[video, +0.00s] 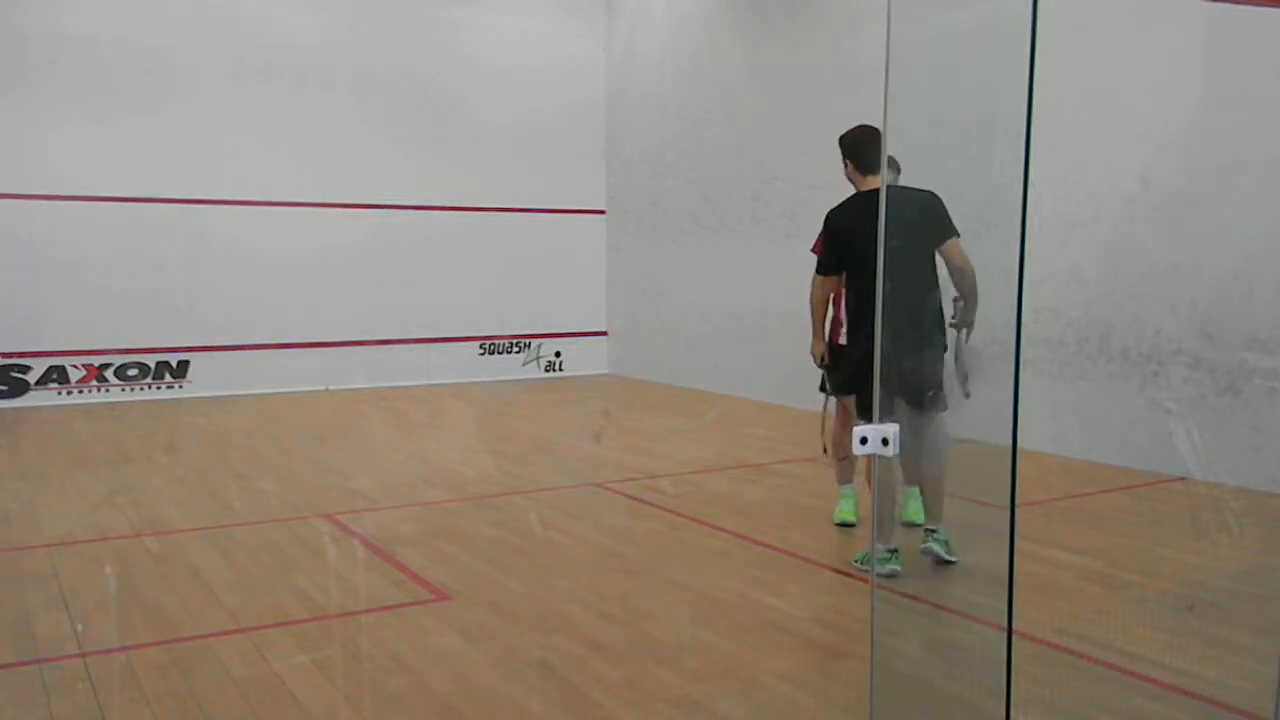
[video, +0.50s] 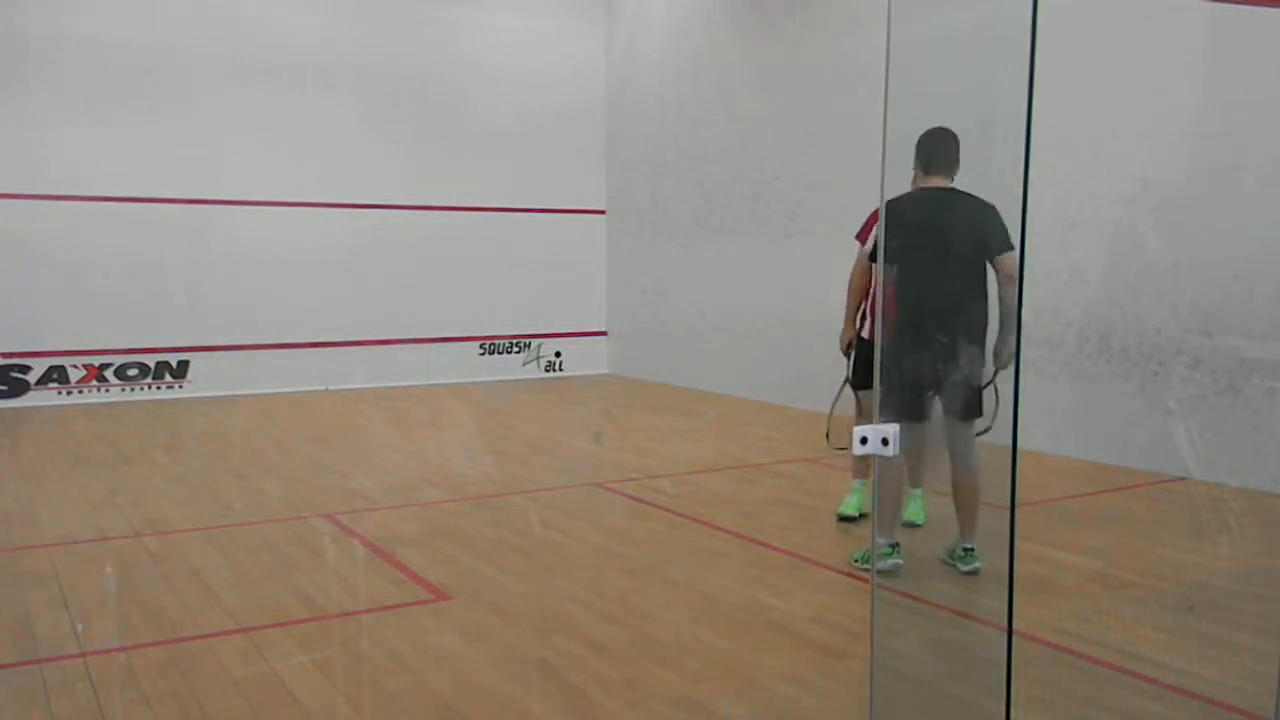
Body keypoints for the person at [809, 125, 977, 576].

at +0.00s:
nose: (842, 169)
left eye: (842, 164)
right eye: (847, 161)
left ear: (848, 166)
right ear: (885, 158)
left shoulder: (841, 218)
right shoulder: (925, 203)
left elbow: (822, 288)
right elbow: (961, 267)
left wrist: (818, 338)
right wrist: (970, 307)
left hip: (870, 349)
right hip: (923, 345)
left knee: (879, 444)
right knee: (928, 435)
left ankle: (885, 550)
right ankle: (936, 532)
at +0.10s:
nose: (854, 172)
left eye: (853, 166)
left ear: (856, 167)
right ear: (895, 157)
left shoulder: (848, 217)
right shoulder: (933, 203)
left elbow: (831, 283)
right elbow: (968, 263)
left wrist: (824, 333)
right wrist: (975, 315)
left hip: (879, 346)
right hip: (931, 341)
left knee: (882, 446)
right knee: (938, 432)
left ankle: (885, 550)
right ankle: (956, 532)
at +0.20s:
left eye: (866, 163)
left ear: (868, 164)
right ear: (908, 157)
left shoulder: (857, 216)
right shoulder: (942, 205)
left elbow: (839, 282)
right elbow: (977, 266)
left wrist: (832, 330)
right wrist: (983, 318)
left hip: (884, 347)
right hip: (936, 344)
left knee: (883, 446)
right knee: (945, 438)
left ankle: (884, 550)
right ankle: (970, 535)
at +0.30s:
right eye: (919, 157)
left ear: (884, 160)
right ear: (923, 158)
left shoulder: (871, 213)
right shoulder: (954, 207)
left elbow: (850, 278)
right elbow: (986, 269)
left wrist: (839, 327)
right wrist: (992, 326)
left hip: (892, 344)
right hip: (945, 344)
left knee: (885, 443)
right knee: (947, 440)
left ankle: (884, 549)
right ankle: (967, 542)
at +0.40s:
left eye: (907, 161)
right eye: (937, 160)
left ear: (900, 164)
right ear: (943, 163)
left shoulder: (885, 213)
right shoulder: (970, 210)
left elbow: (858, 276)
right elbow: (997, 273)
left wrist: (845, 325)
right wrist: (1001, 330)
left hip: (900, 344)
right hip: (956, 344)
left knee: (891, 441)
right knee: (957, 441)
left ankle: (884, 547)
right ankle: (966, 544)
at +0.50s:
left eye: (920, 163)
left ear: (916, 164)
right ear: (957, 166)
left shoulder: (894, 210)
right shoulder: (981, 212)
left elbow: (869, 275)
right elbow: (1009, 275)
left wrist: (855, 326)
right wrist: (1007, 336)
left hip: (906, 342)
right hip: (964, 343)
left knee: (893, 440)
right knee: (963, 440)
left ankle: (884, 545)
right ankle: (967, 546)